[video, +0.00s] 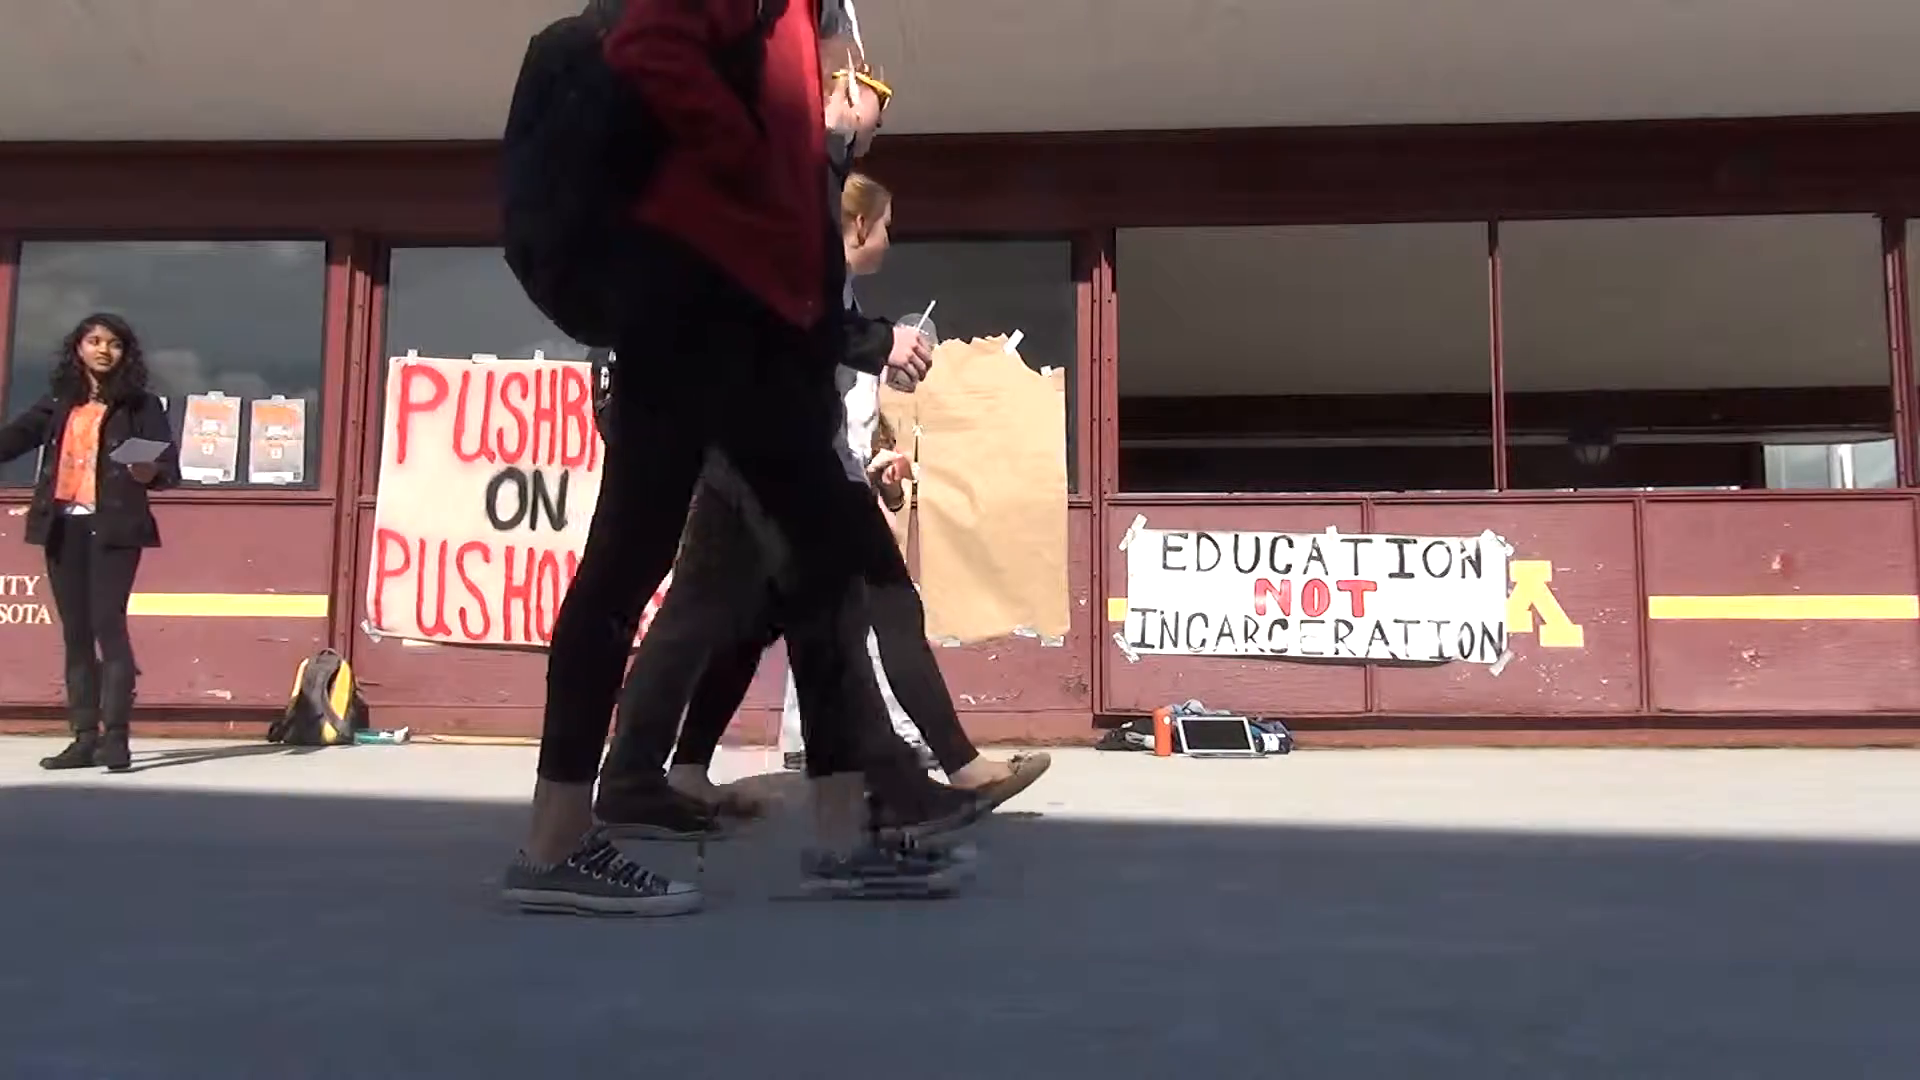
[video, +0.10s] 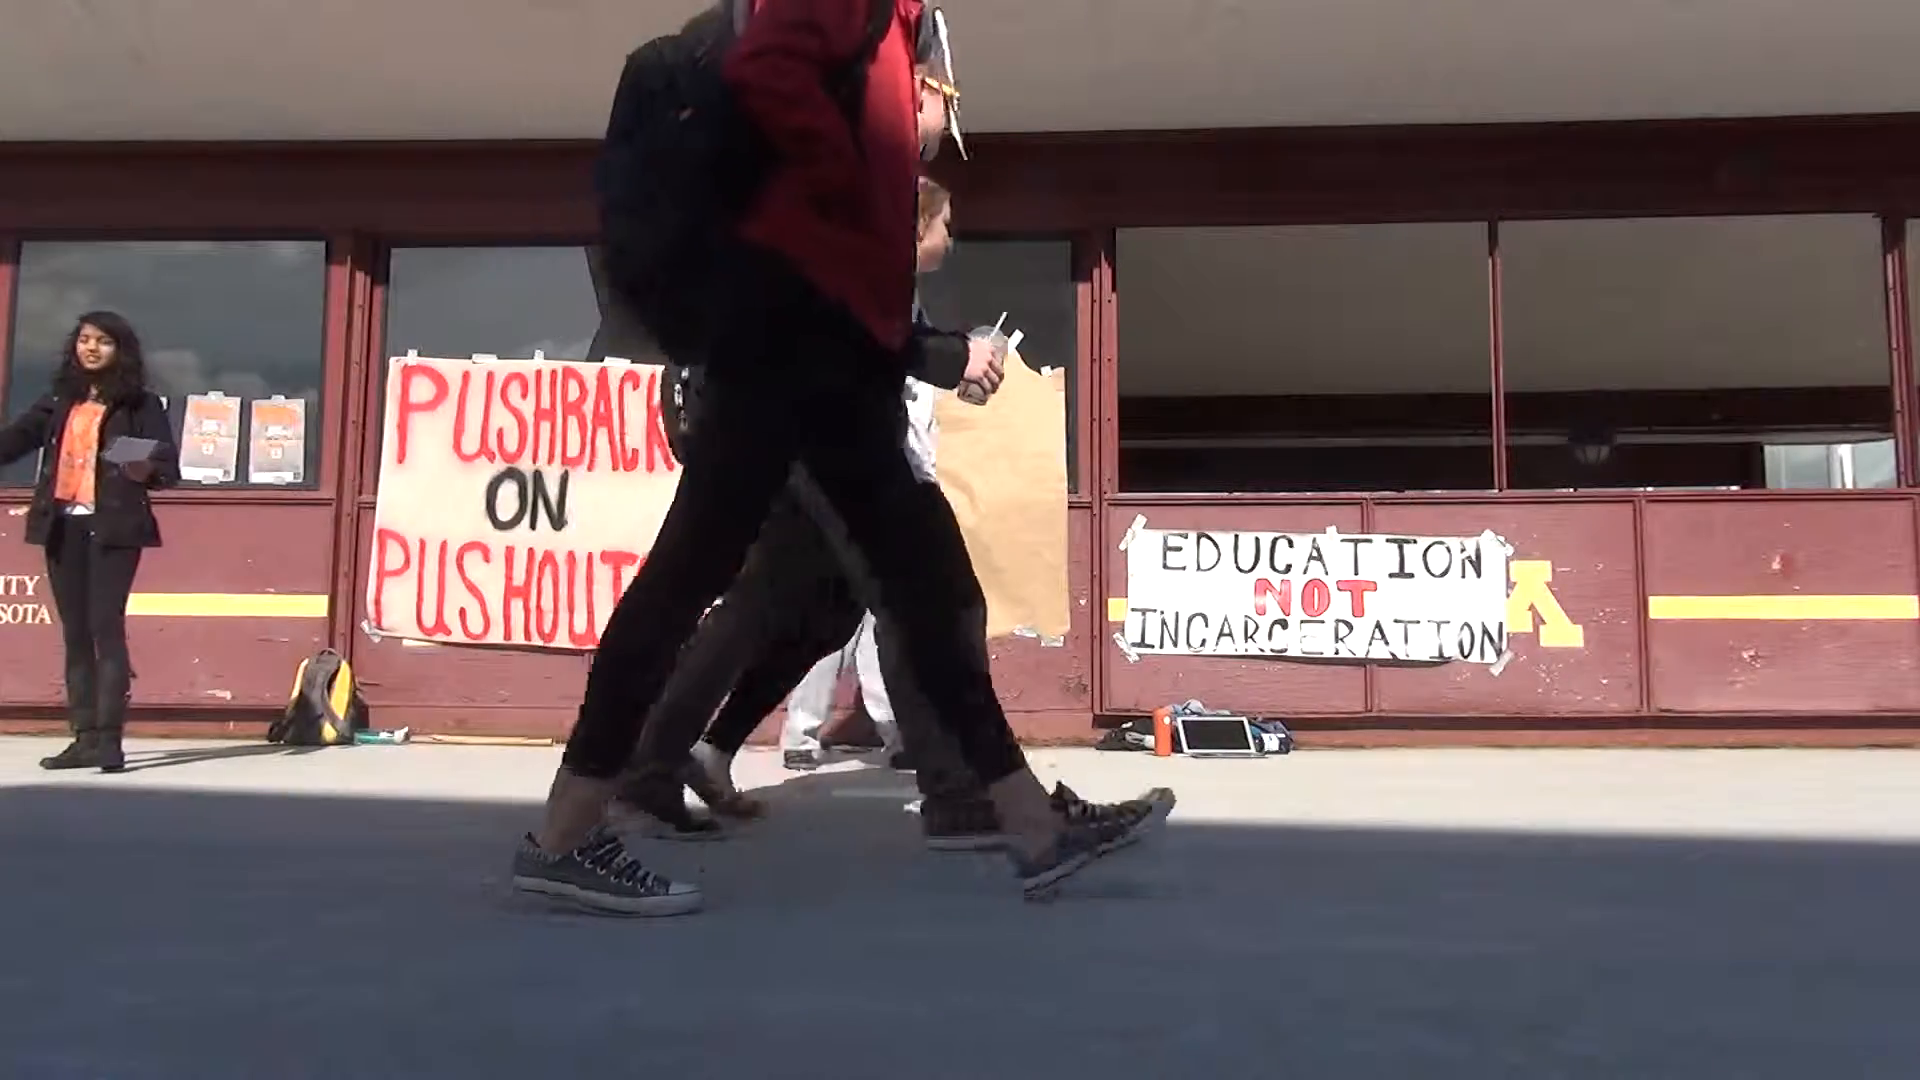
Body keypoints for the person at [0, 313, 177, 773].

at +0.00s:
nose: (103, 349)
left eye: (112, 344)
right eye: (94, 341)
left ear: (125, 353)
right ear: (77, 348)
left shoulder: (141, 402)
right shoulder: (60, 400)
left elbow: (168, 470)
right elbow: (13, 440)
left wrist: (153, 475)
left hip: (115, 527)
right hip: (65, 527)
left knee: (108, 626)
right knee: (75, 630)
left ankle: (115, 737)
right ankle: (86, 737)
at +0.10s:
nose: (91, 348)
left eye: (102, 342)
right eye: (85, 340)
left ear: (121, 350)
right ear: (74, 345)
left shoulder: (141, 402)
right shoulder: (60, 399)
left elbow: (168, 471)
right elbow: (14, 441)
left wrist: (149, 473)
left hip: (114, 528)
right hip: (65, 527)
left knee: (106, 628)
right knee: (76, 632)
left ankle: (109, 740)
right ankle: (86, 738)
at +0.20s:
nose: (81, 346)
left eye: (92, 339)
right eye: (77, 339)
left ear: (116, 347)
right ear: (71, 347)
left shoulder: (141, 402)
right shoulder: (60, 398)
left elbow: (168, 471)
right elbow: (15, 441)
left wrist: (148, 473)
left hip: (114, 528)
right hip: (65, 527)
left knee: (104, 628)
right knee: (76, 632)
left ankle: (108, 741)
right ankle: (85, 738)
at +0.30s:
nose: (78, 346)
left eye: (87, 338)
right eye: (75, 339)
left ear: (114, 344)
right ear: (73, 347)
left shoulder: (142, 402)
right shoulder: (63, 400)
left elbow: (167, 470)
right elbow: (18, 443)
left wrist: (143, 472)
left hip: (113, 529)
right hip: (65, 527)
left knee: (105, 629)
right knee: (77, 631)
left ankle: (108, 741)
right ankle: (86, 737)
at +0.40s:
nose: (78, 345)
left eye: (87, 338)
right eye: (76, 338)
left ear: (114, 343)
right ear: (74, 346)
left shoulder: (142, 401)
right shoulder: (64, 399)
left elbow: (165, 465)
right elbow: (20, 444)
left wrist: (137, 473)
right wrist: (0, 460)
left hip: (114, 528)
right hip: (65, 527)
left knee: (106, 629)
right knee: (78, 632)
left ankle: (108, 742)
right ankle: (86, 737)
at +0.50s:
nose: (79, 345)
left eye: (89, 337)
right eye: (77, 337)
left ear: (116, 343)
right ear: (76, 345)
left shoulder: (144, 400)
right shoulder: (65, 398)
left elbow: (163, 469)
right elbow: (21, 447)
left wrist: (125, 473)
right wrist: (3, 467)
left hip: (113, 526)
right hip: (65, 526)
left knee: (106, 631)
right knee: (78, 632)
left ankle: (107, 743)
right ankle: (86, 736)